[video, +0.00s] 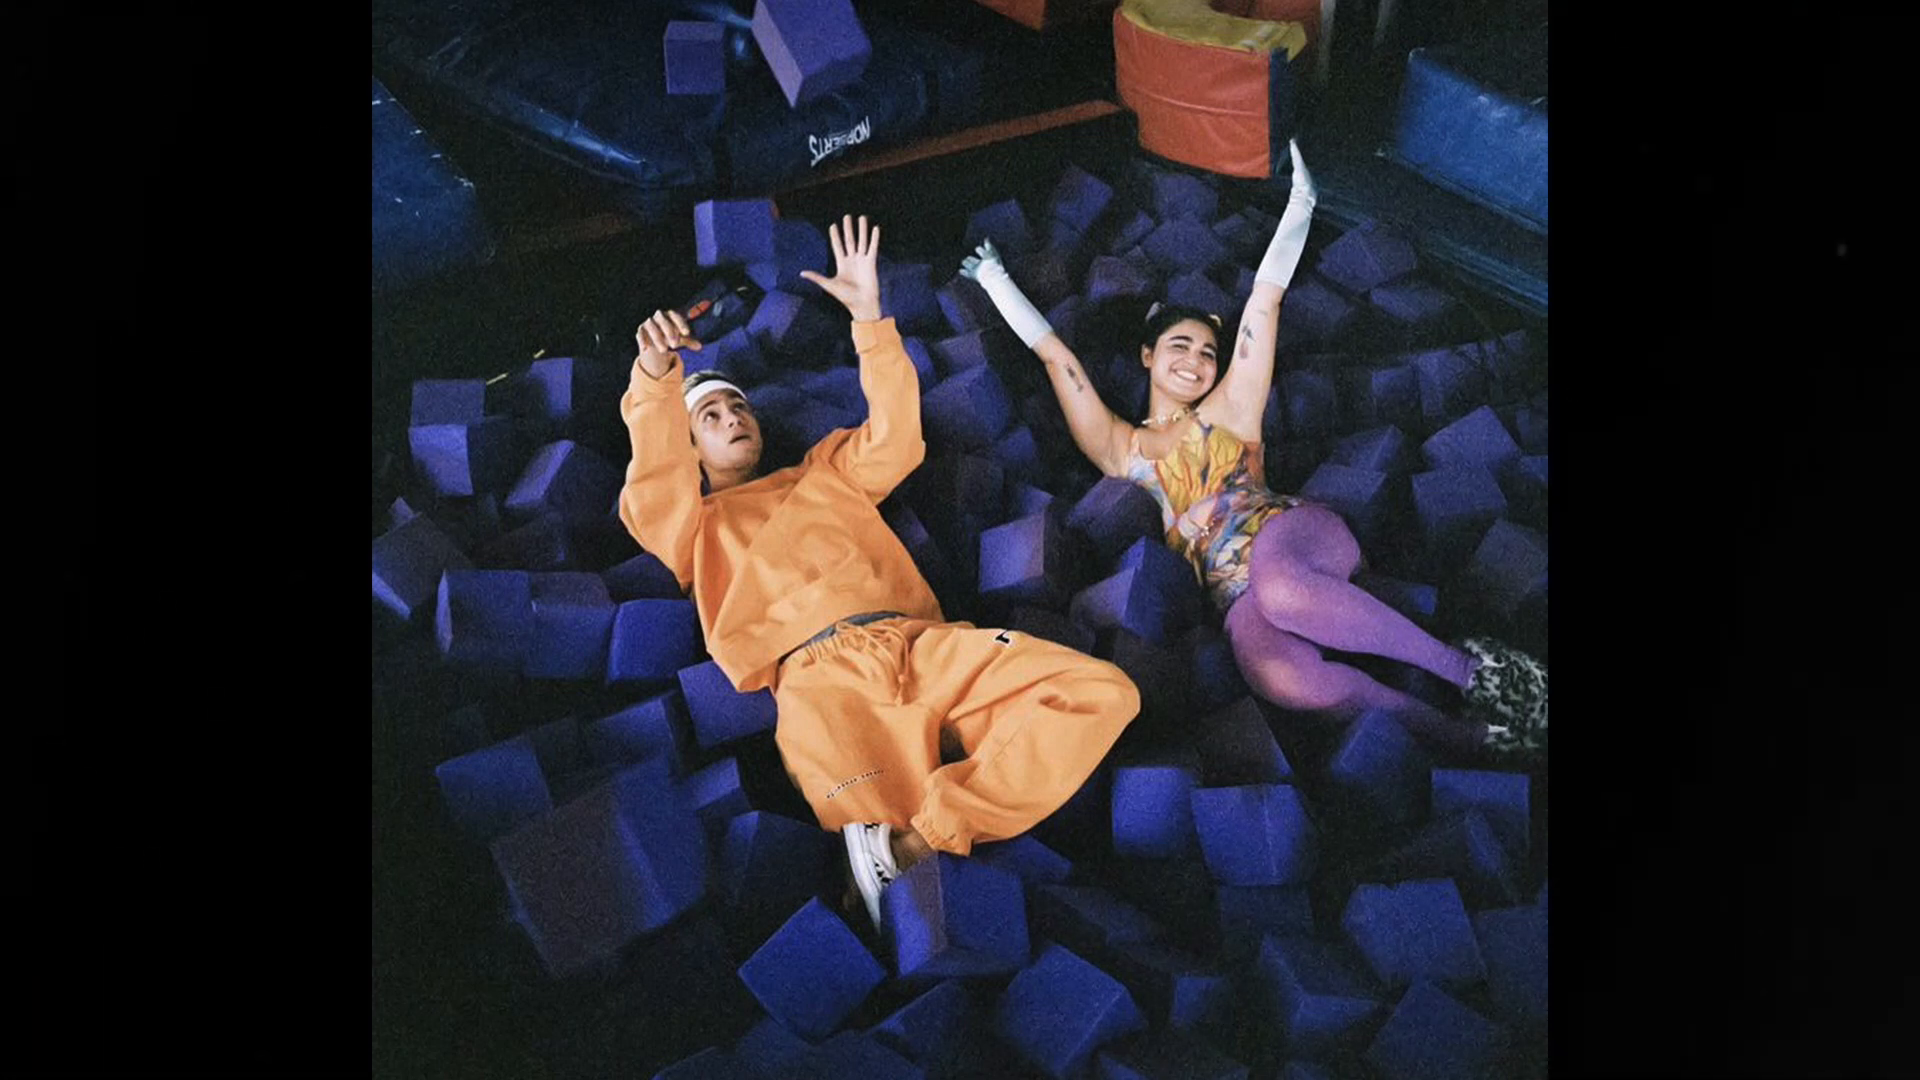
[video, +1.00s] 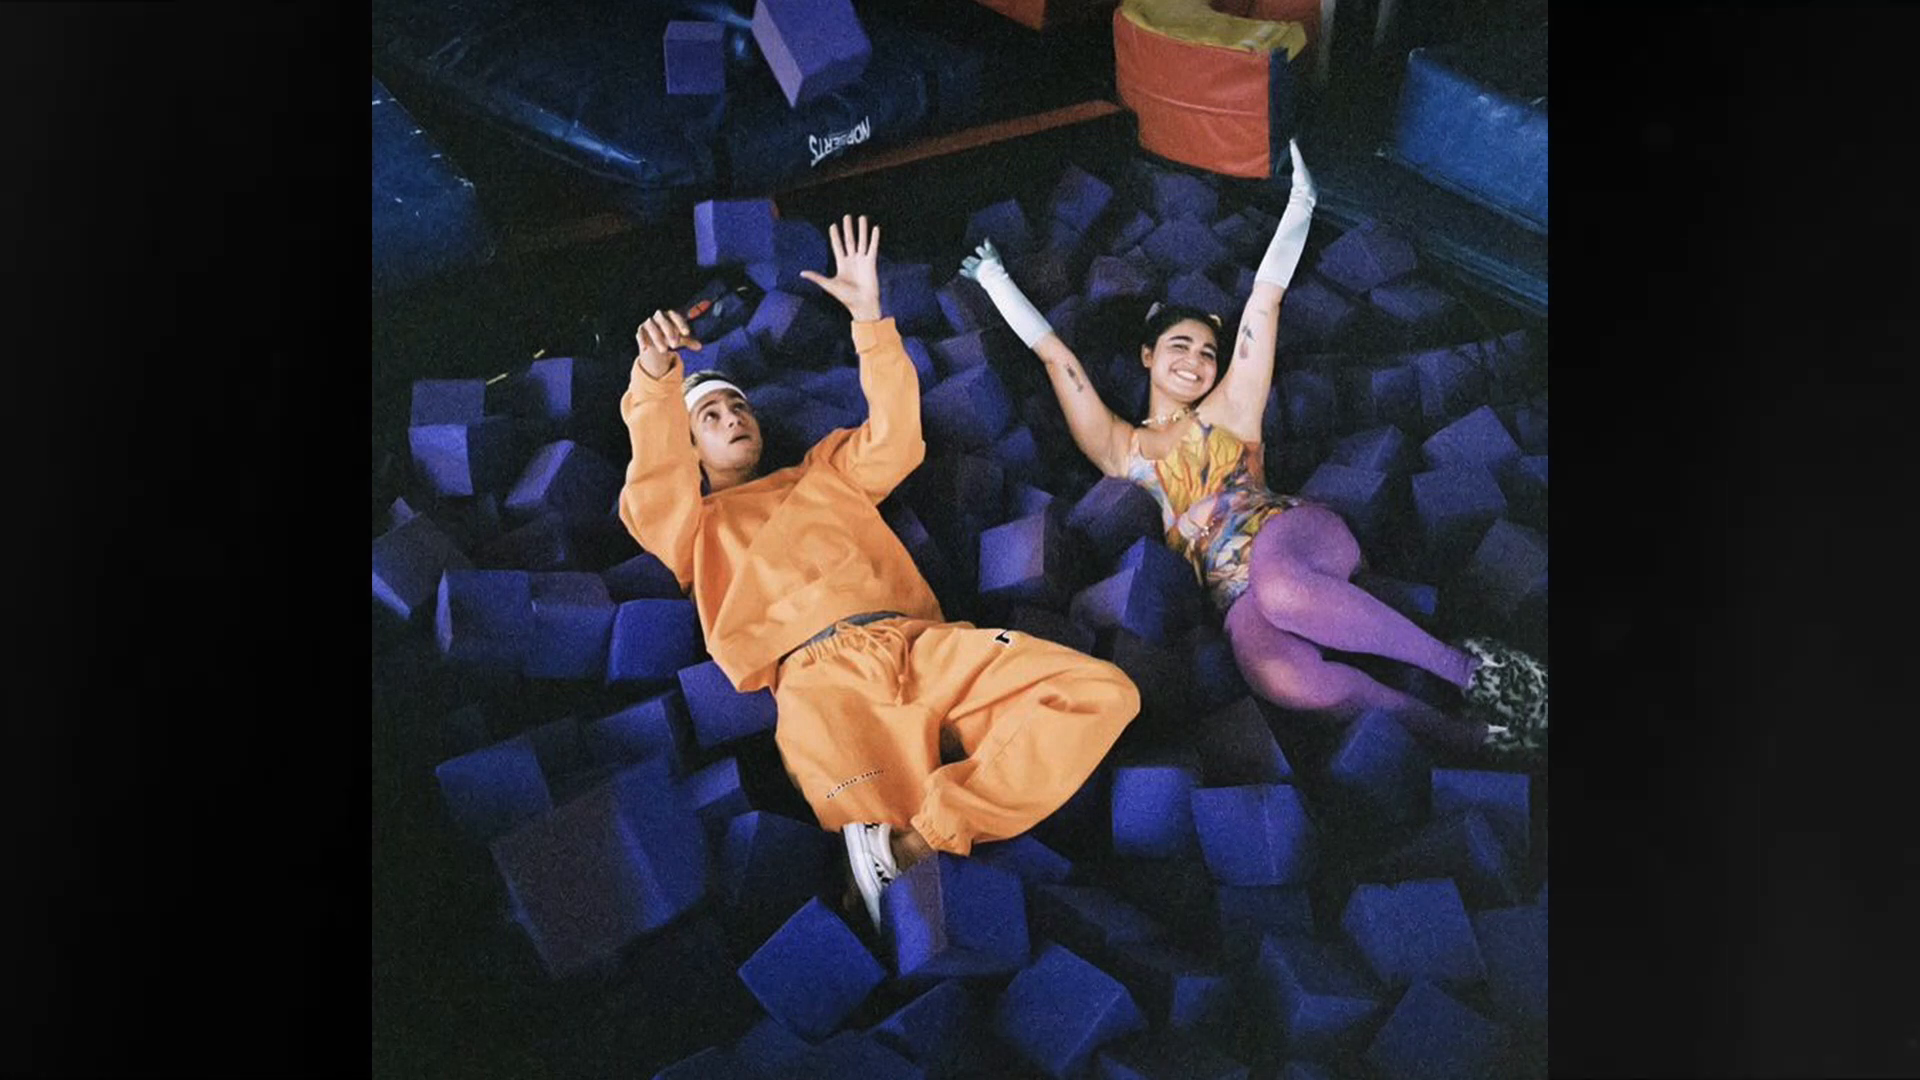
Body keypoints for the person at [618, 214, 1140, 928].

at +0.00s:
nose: (730, 418)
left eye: (738, 407)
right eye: (709, 415)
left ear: (761, 426)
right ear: (688, 449)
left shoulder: (827, 468)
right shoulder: (696, 525)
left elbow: (895, 435)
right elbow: (654, 477)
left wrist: (868, 317)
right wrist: (655, 374)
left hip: (917, 640)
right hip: (819, 673)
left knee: (1094, 693)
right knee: (880, 827)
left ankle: (915, 841)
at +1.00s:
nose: (730, 418)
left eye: (738, 407)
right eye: (709, 415)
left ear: (761, 426)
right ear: (688, 448)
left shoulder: (827, 468)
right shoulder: (695, 525)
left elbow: (895, 435)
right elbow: (654, 477)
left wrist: (868, 317)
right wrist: (655, 373)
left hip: (918, 640)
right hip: (819, 673)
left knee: (1094, 692)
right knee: (881, 828)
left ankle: (917, 841)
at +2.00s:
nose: (730, 418)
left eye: (738, 407)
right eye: (709, 415)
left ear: (761, 426)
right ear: (688, 448)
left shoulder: (827, 468)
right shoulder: (695, 525)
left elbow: (895, 435)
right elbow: (654, 477)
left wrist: (868, 317)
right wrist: (655, 373)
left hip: (918, 640)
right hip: (819, 673)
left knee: (1094, 692)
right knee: (880, 827)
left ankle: (917, 841)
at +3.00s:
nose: (731, 418)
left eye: (738, 407)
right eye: (709, 415)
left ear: (760, 425)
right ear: (688, 449)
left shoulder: (827, 468)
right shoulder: (696, 525)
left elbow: (895, 436)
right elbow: (655, 476)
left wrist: (868, 317)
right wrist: (655, 373)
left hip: (918, 641)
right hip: (820, 673)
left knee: (1094, 692)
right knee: (883, 831)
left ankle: (916, 841)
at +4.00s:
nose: (731, 418)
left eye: (738, 407)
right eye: (709, 415)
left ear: (760, 425)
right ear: (688, 449)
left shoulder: (827, 468)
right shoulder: (696, 525)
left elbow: (895, 436)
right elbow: (655, 477)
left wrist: (868, 317)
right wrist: (655, 373)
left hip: (918, 641)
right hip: (820, 673)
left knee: (1094, 692)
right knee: (883, 832)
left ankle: (916, 841)